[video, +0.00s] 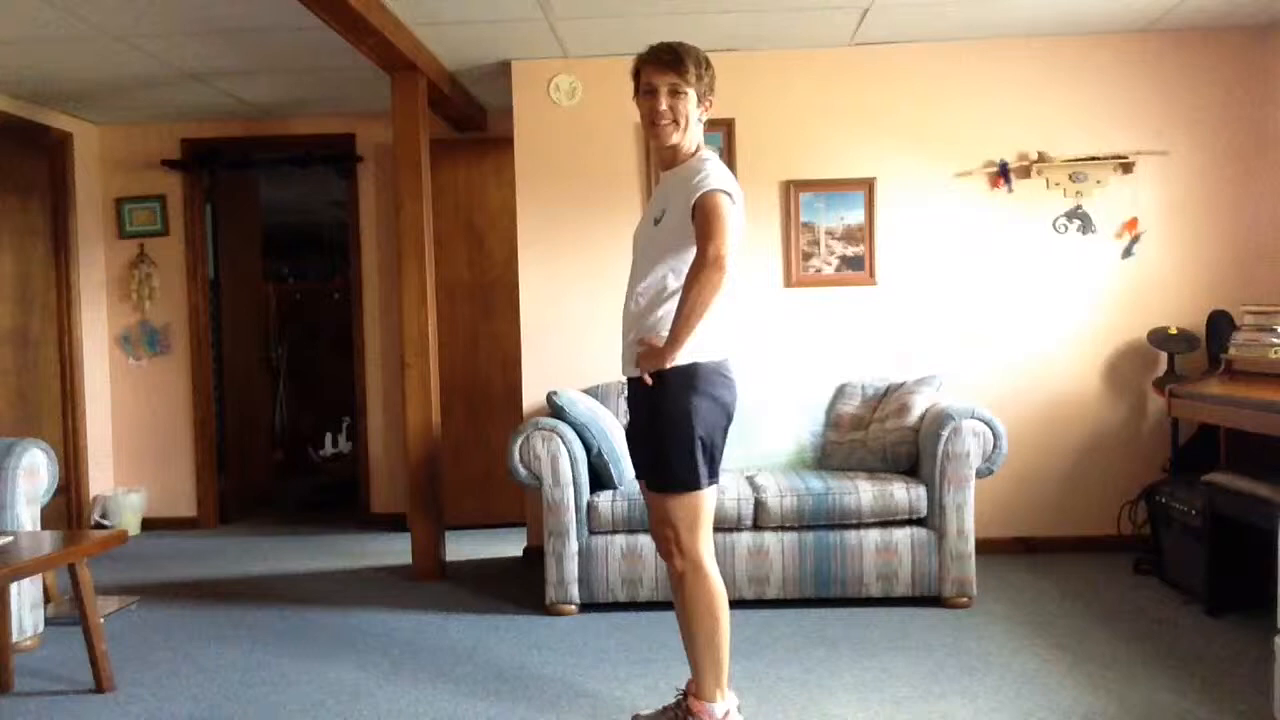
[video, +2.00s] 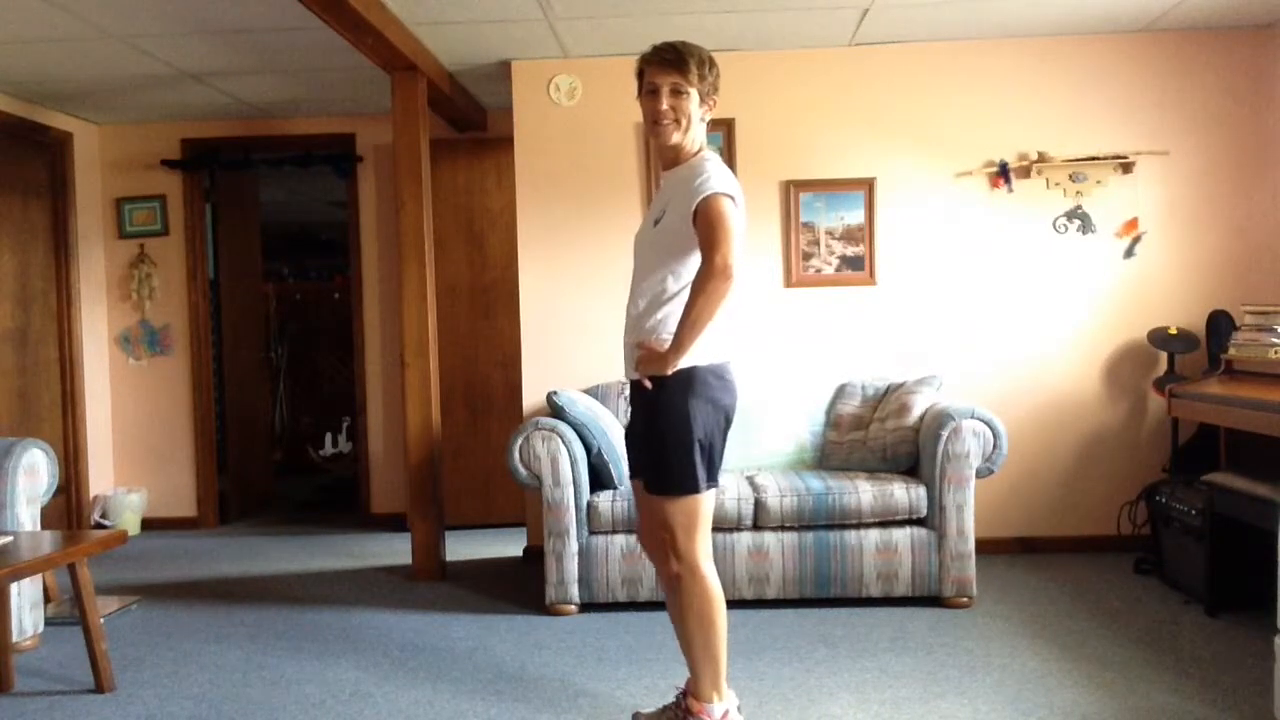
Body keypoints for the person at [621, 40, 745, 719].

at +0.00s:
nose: (659, 106)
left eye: (675, 93)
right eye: (648, 93)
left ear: (702, 103)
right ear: (636, 103)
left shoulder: (705, 173)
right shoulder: (669, 181)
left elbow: (716, 258)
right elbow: (667, 273)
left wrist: (670, 348)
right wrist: (646, 351)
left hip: (682, 379)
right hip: (656, 379)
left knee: (688, 548)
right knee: (673, 545)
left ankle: (714, 700)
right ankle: (706, 693)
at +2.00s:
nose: (661, 104)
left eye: (676, 92)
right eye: (651, 92)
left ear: (705, 103)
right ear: (640, 101)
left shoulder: (707, 176)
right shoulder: (670, 181)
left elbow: (721, 267)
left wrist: (673, 353)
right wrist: (649, 355)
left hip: (684, 382)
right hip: (656, 382)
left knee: (686, 551)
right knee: (660, 547)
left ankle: (713, 700)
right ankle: (704, 691)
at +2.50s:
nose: (625, 127)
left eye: (637, 111)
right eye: (617, 116)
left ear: (676, 109)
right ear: (614, 119)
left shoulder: (686, 174)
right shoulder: (660, 182)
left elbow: (707, 255)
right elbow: (671, 273)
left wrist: (653, 334)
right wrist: (640, 342)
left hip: (691, 374)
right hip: (676, 374)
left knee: (674, 543)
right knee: (669, 541)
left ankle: (711, 696)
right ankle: (703, 679)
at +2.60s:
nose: (576, 158)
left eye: (579, 142)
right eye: (571, 145)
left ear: (618, 125)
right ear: (621, 128)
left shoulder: (657, 184)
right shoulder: (663, 181)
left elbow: (637, 279)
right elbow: (640, 284)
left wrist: (579, 361)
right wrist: (577, 361)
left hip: (701, 376)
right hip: (707, 373)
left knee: (665, 541)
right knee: (681, 540)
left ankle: (707, 693)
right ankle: (708, 676)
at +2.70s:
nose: (544, 191)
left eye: (547, 174)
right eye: (539, 179)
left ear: (587, 154)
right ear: (591, 157)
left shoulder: (630, 205)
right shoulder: (639, 198)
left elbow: (597, 312)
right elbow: (597, 311)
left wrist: (542, 404)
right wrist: (545, 402)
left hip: (715, 385)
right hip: (719, 381)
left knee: (666, 547)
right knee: (676, 544)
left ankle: (708, 700)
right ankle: (707, 677)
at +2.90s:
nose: (486, 348)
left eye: (487, 333)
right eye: (480, 336)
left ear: (521, 314)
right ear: (524, 311)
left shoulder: (566, 354)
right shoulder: (581, 341)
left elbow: (536, 479)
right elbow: (551, 473)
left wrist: (479, 585)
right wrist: (512, 539)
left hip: (750, 428)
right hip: (760, 420)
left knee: (646, 572)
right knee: (672, 557)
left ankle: (705, 711)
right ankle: (709, 684)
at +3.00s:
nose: (477, 415)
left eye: (477, 401)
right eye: (471, 404)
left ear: (507, 382)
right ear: (510, 377)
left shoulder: (557, 415)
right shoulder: (564, 392)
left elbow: (523, 543)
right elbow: (535, 532)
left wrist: (469, 650)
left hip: (754, 443)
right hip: (754, 434)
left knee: (639, 578)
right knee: (658, 555)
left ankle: (706, 714)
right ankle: (707, 683)